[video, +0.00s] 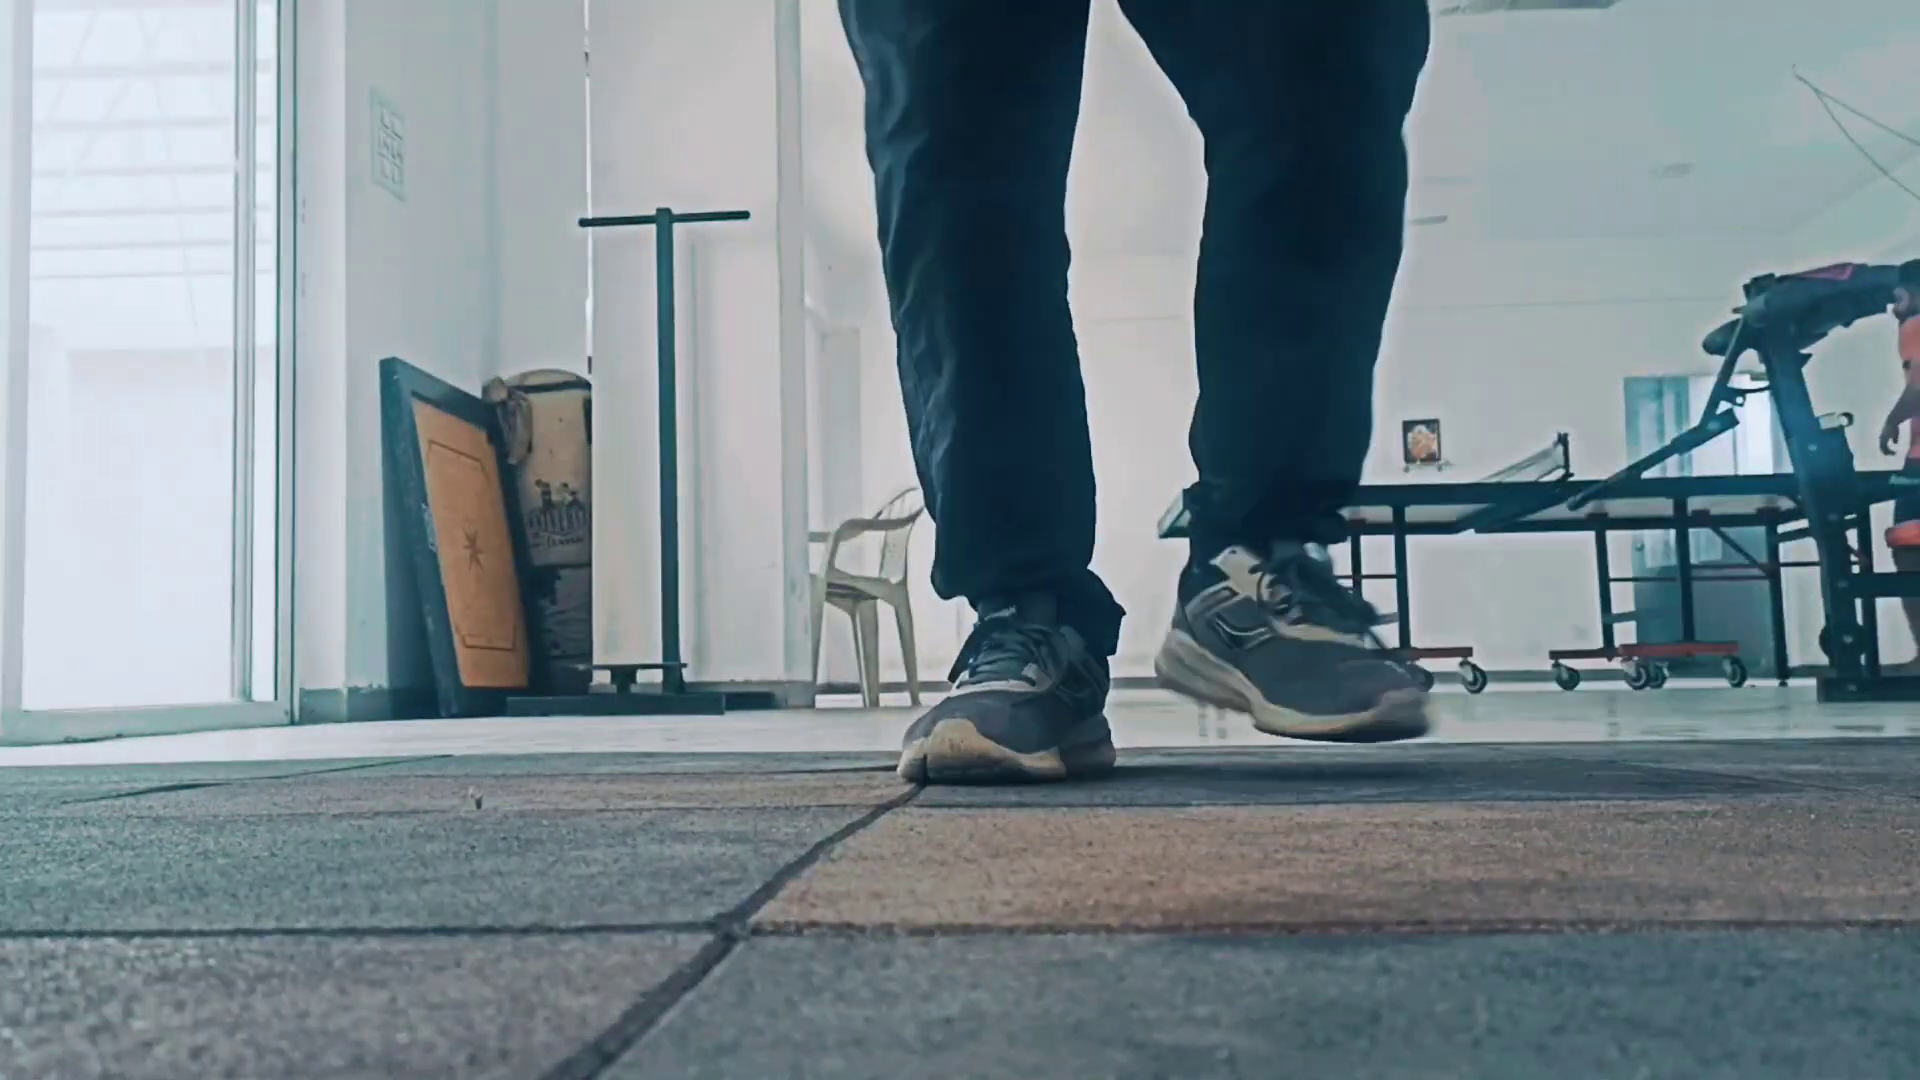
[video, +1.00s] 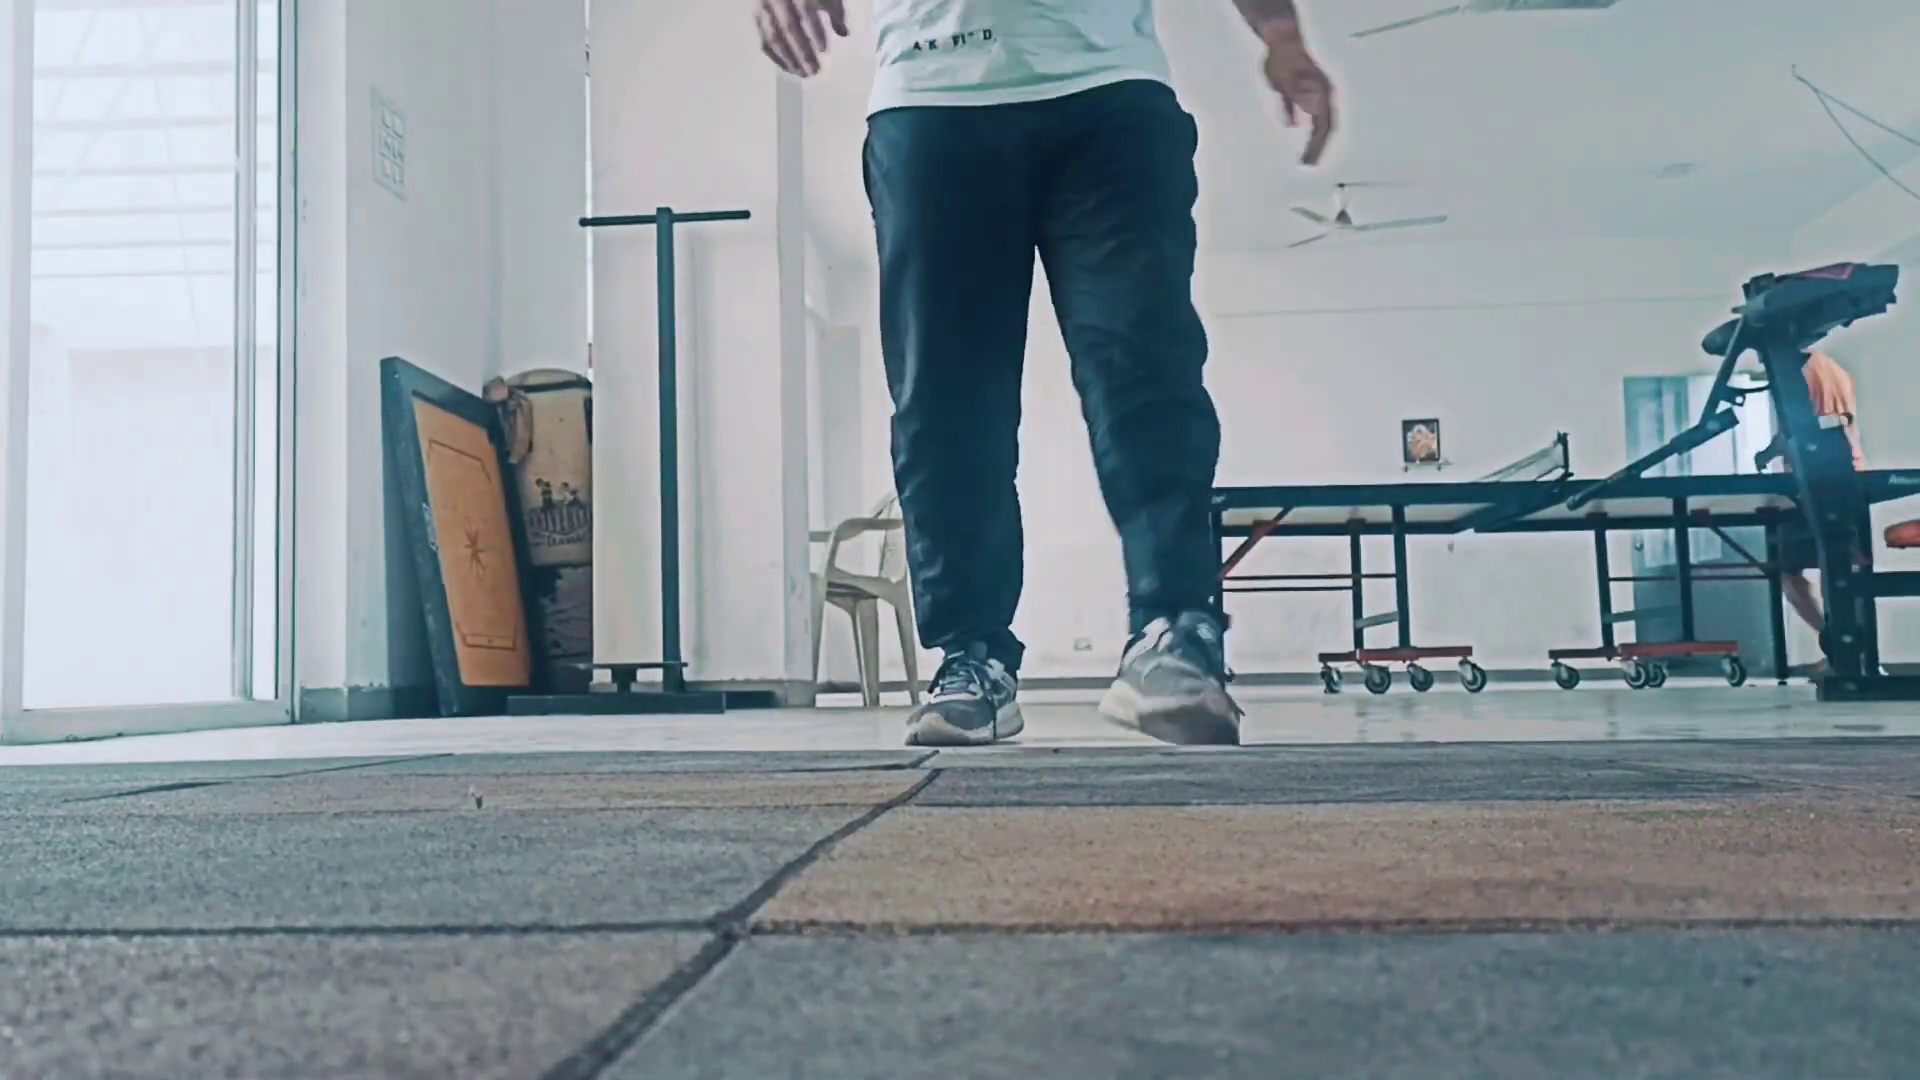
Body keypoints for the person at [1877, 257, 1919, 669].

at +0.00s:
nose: (1892, 305)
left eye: (1897, 297)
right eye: (1892, 297)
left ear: (1911, 298)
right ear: (1909, 298)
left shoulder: (1910, 328)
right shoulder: (1908, 328)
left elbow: (1914, 384)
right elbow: (1913, 386)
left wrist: (1891, 421)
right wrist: (1894, 423)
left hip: (1915, 457)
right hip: (1912, 456)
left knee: (1905, 542)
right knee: (1903, 544)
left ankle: (1917, 645)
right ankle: (1915, 645)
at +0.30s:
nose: (1847, 324)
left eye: (1849, 316)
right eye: (1846, 317)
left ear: (1860, 310)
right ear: (1888, 303)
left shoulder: (1866, 341)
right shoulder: (1914, 332)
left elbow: (1863, 404)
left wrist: (1849, 422)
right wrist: (1860, 419)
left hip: (1887, 461)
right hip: (1917, 455)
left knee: (1881, 565)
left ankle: (1904, 660)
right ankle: (1903, 658)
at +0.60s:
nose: (1819, 343)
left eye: (1820, 337)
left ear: (1828, 329)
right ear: (1856, 324)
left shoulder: (1830, 356)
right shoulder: (1899, 360)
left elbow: (1805, 412)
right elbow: (1914, 413)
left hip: (1864, 468)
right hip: (1907, 466)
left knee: (1875, 566)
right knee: (1877, 564)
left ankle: (1902, 655)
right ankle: (1886, 655)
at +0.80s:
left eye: (1802, 340)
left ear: (1808, 336)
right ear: (1837, 331)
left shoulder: (1807, 371)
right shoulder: (1873, 370)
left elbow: (1798, 428)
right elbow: (1889, 433)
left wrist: (1778, 457)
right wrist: (1909, 478)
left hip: (1831, 478)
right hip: (1878, 474)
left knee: (1834, 561)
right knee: (1866, 561)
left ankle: (1887, 640)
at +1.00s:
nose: (1765, 360)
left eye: (1767, 352)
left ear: (1782, 341)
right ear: (1809, 333)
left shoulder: (1791, 374)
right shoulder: (1840, 372)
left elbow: (1788, 430)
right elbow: (1847, 427)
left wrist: (1766, 454)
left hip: (1808, 479)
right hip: (1850, 475)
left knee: (1784, 570)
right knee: (1839, 566)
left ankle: (1830, 638)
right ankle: (1844, 651)